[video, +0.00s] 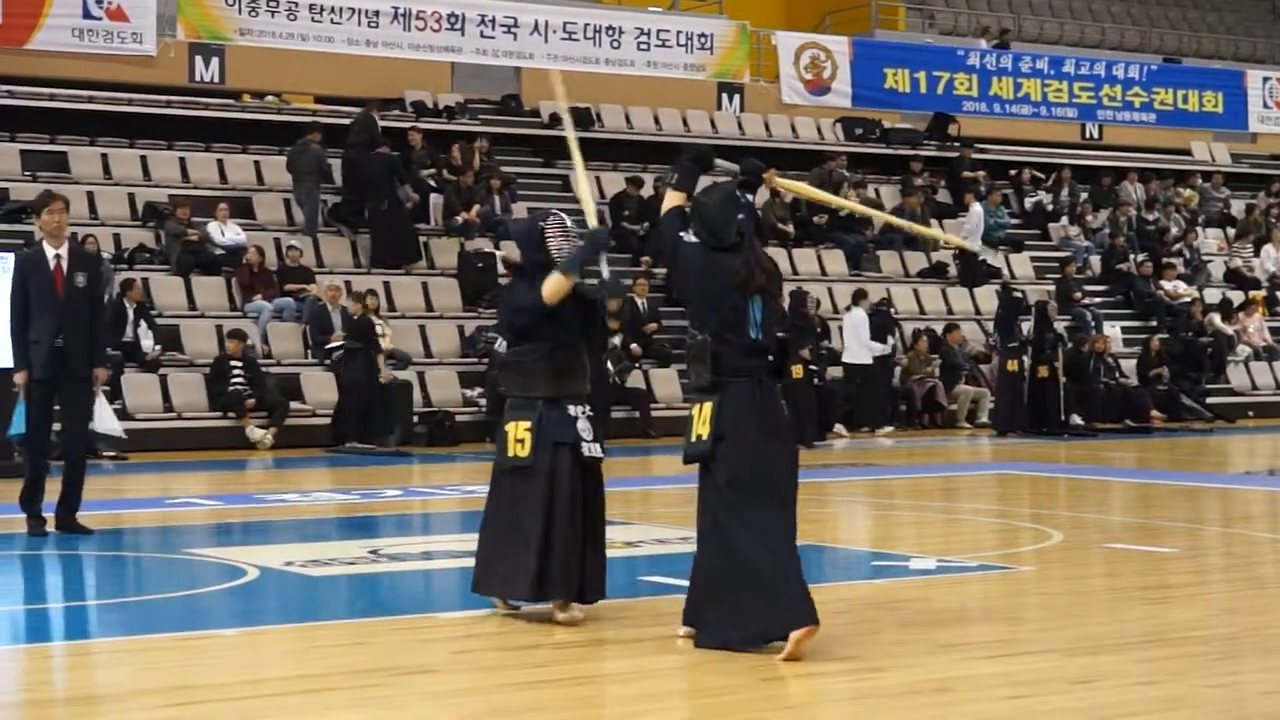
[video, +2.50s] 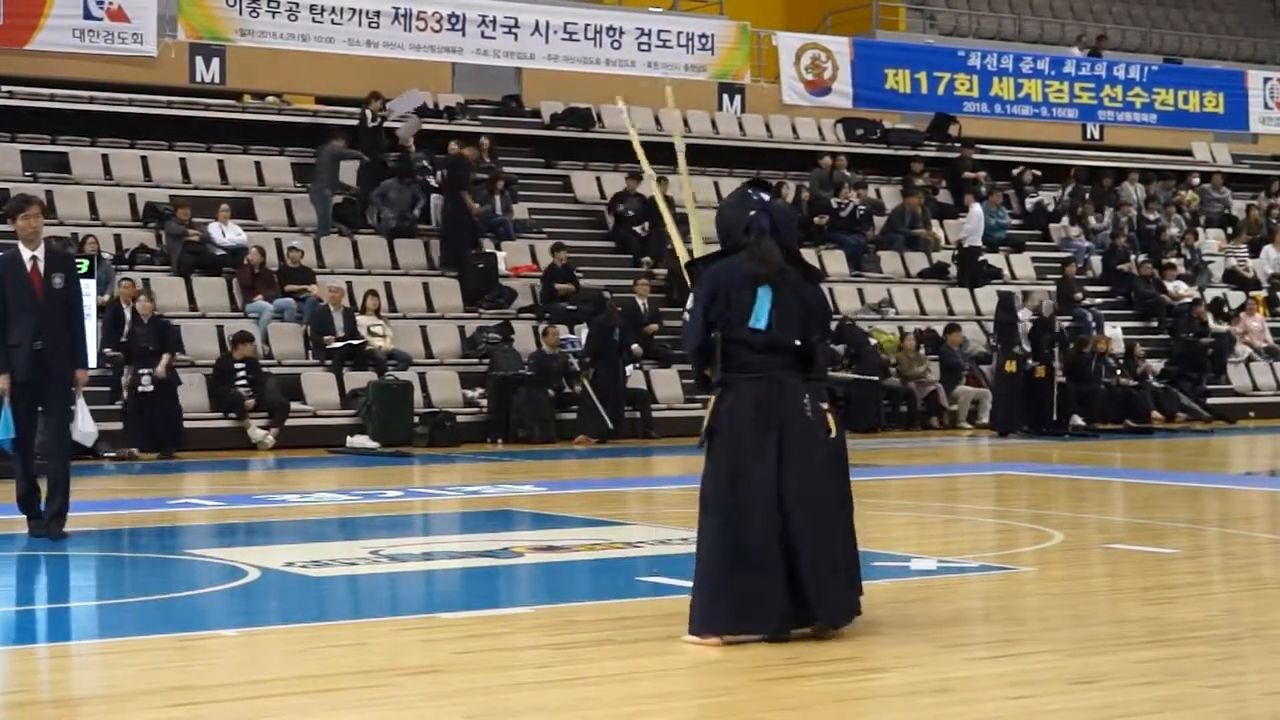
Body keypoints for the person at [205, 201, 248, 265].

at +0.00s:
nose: (224, 213)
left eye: (226, 210)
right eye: (221, 210)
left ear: (229, 212)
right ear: (216, 213)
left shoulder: (234, 226)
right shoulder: (211, 225)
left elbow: (244, 240)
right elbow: (218, 241)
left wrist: (227, 238)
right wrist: (238, 243)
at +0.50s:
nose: (225, 212)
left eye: (227, 209)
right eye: (221, 209)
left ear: (230, 211)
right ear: (217, 212)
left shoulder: (234, 225)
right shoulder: (213, 225)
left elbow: (245, 239)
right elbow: (220, 240)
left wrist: (228, 237)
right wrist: (240, 242)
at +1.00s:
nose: (225, 212)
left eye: (227, 209)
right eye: (222, 209)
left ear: (230, 211)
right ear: (217, 212)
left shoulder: (235, 225)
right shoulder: (213, 224)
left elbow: (245, 239)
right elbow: (220, 240)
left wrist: (228, 237)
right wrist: (239, 242)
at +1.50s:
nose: (224, 213)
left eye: (226, 210)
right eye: (221, 210)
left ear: (229, 213)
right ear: (216, 213)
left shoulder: (234, 226)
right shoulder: (211, 226)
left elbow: (244, 240)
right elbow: (218, 241)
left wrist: (227, 239)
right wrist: (238, 244)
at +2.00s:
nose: (224, 214)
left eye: (226, 211)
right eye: (221, 211)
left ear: (229, 213)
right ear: (216, 214)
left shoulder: (234, 227)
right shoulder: (212, 226)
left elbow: (244, 241)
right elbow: (219, 242)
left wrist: (227, 239)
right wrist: (239, 244)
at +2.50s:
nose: (225, 214)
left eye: (227, 211)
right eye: (222, 211)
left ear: (230, 213)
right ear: (217, 214)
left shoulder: (234, 226)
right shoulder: (212, 226)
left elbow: (244, 240)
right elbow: (219, 242)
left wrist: (227, 239)